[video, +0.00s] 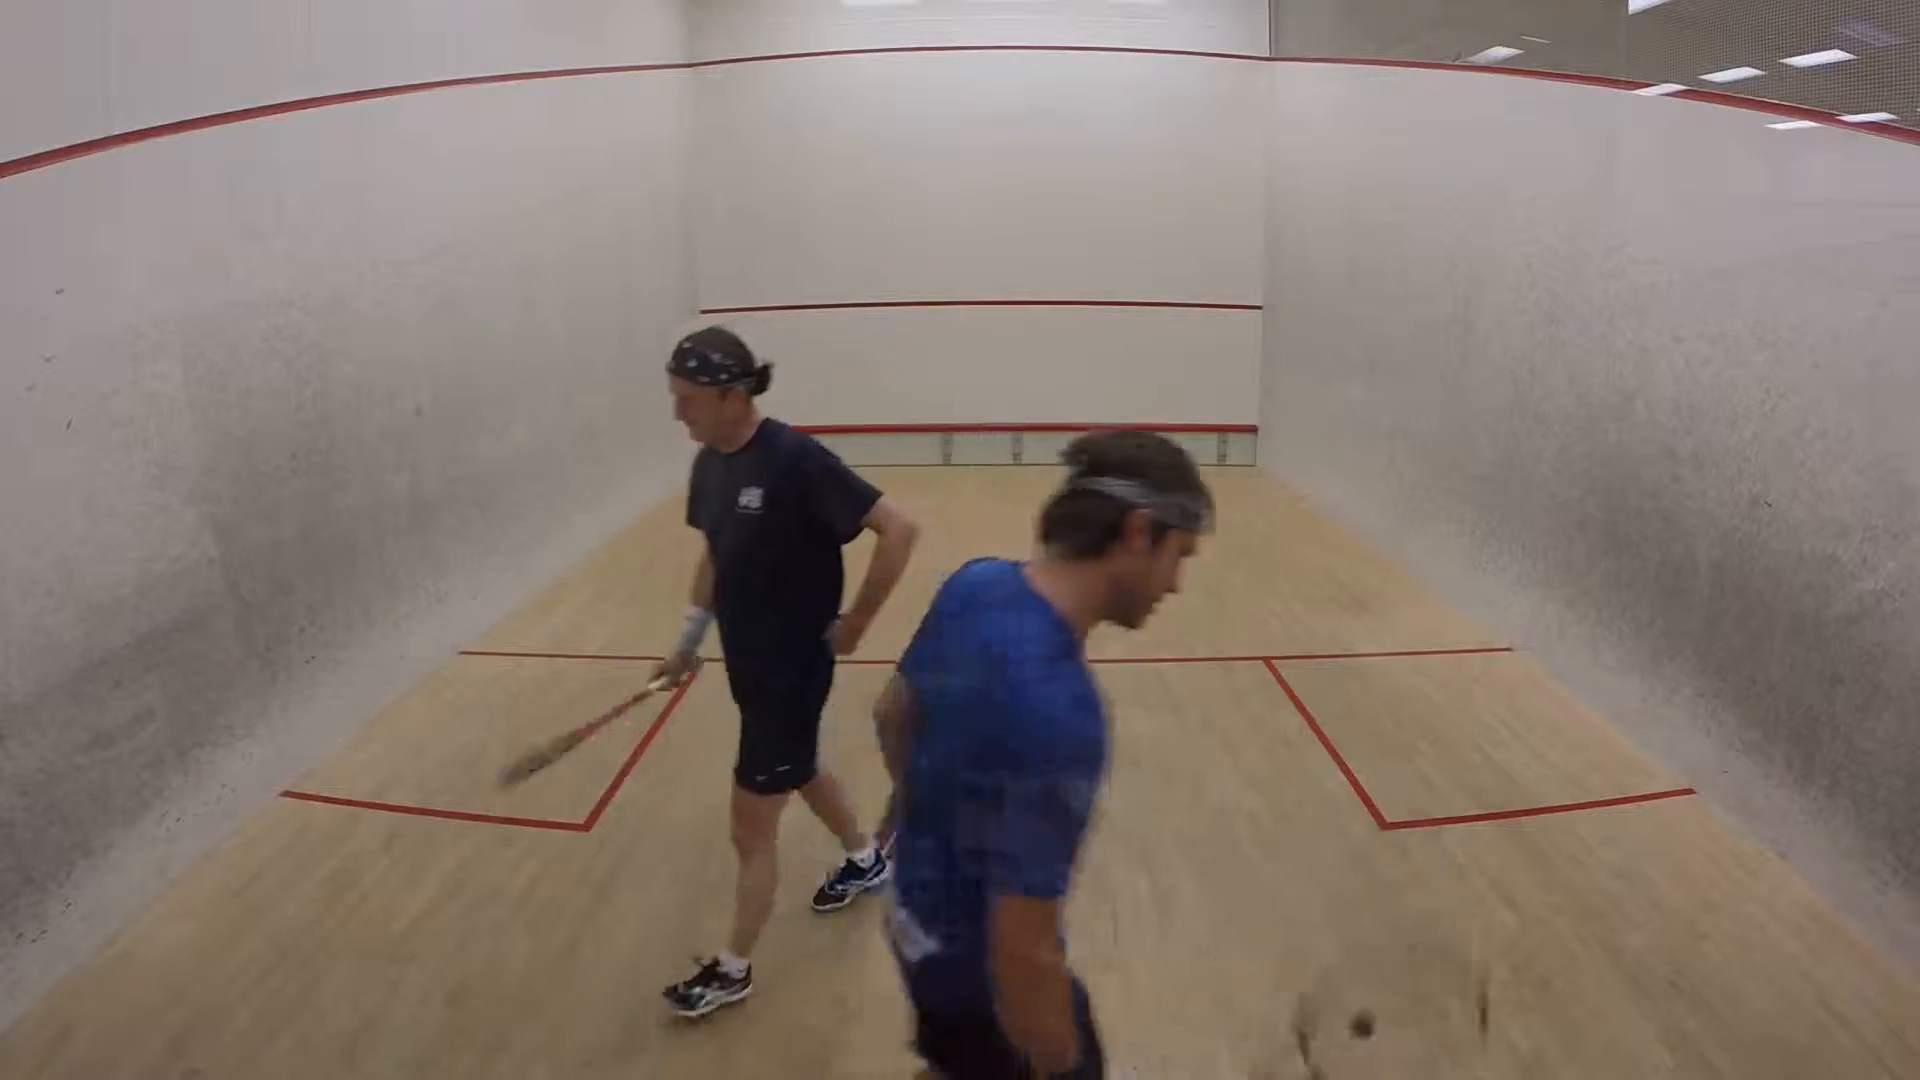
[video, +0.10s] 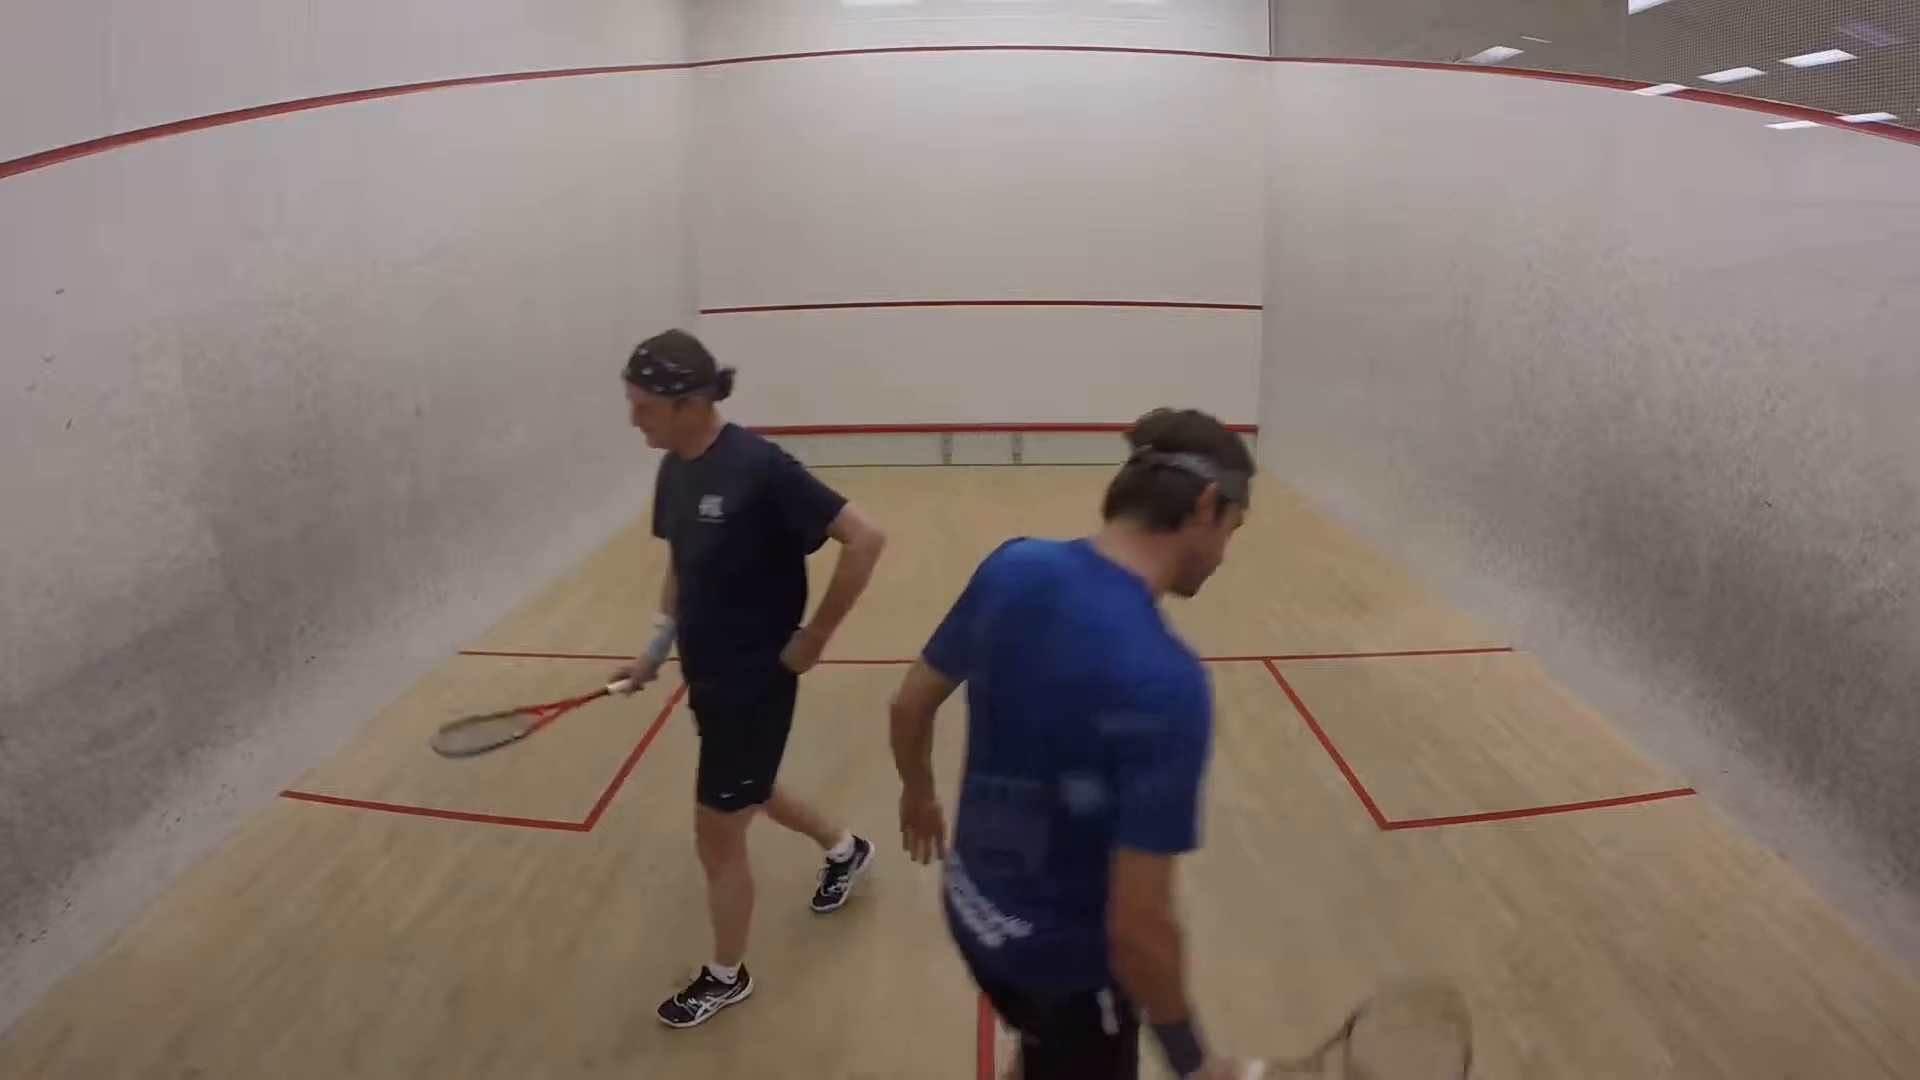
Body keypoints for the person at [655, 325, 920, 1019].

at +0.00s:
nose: (677, 412)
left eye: (686, 398)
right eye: (676, 398)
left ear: (731, 395)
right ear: (716, 395)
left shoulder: (797, 459)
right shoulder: (711, 462)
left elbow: (898, 529)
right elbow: (714, 558)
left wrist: (858, 622)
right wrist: (687, 645)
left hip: (796, 665)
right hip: (746, 659)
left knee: (752, 825)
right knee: (802, 767)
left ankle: (734, 968)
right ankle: (866, 854)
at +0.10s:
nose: (634, 420)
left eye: (642, 406)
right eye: (633, 406)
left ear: (686, 402)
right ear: (676, 401)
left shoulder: (762, 468)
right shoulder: (676, 467)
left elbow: (864, 539)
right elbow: (680, 568)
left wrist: (817, 635)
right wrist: (654, 652)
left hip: (756, 678)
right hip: (705, 673)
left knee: (718, 835)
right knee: (756, 788)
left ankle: (727, 973)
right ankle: (844, 848)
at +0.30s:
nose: (545, 421)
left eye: (553, 408)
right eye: (543, 407)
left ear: (600, 405)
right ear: (596, 405)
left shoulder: (674, 469)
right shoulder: (609, 468)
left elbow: (784, 544)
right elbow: (628, 582)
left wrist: (742, 647)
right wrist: (599, 662)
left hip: (689, 691)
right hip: (629, 685)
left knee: (696, 839)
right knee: (607, 815)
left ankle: (726, 970)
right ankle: (724, 887)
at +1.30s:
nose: (327, 421)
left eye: (319, 410)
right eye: (322, 412)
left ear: (243, 439)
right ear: (315, 427)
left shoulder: (214, 540)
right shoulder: (377, 518)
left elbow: (175, 696)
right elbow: (448, 637)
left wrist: (193, 778)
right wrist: (397, 685)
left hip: (299, 792)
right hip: (395, 766)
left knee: (338, 972)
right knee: (445, 883)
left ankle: (361, 1074)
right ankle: (508, 1004)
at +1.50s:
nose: (317, 437)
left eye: (314, 422)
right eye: (309, 423)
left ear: (227, 440)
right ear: (273, 435)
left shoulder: (166, 547)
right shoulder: (335, 531)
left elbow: (132, 696)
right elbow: (417, 672)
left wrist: (206, 677)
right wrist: (373, 676)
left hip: (263, 804)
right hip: (368, 776)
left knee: (325, 978)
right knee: (447, 912)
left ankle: (360, 1076)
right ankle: (505, 1024)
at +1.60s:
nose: (318, 437)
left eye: (315, 422)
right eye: (306, 425)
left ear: (248, 439)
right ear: (264, 437)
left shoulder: (167, 549)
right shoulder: (322, 534)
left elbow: (151, 687)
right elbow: (405, 680)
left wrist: (224, 650)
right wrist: (348, 630)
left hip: (264, 805)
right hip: (363, 777)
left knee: (323, 975)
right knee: (462, 914)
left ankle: (357, 1077)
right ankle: (534, 1033)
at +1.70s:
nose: (326, 436)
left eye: (322, 420)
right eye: (313, 422)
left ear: (248, 440)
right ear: (266, 437)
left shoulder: (176, 547)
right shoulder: (314, 538)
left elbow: (177, 682)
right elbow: (402, 685)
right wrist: (394, 636)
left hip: (277, 814)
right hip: (371, 789)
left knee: (330, 986)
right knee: (485, 915)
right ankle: (568, 1049)